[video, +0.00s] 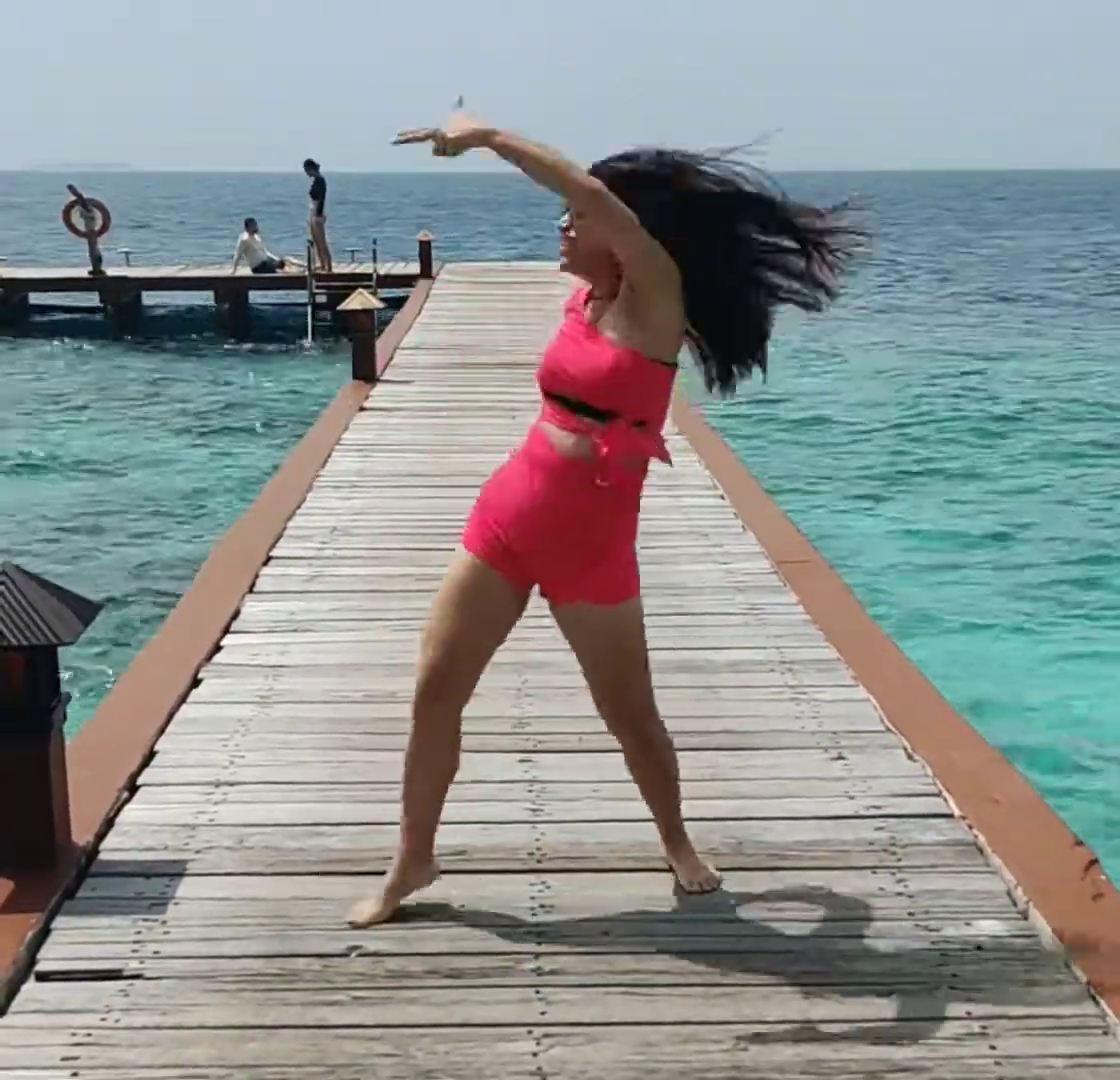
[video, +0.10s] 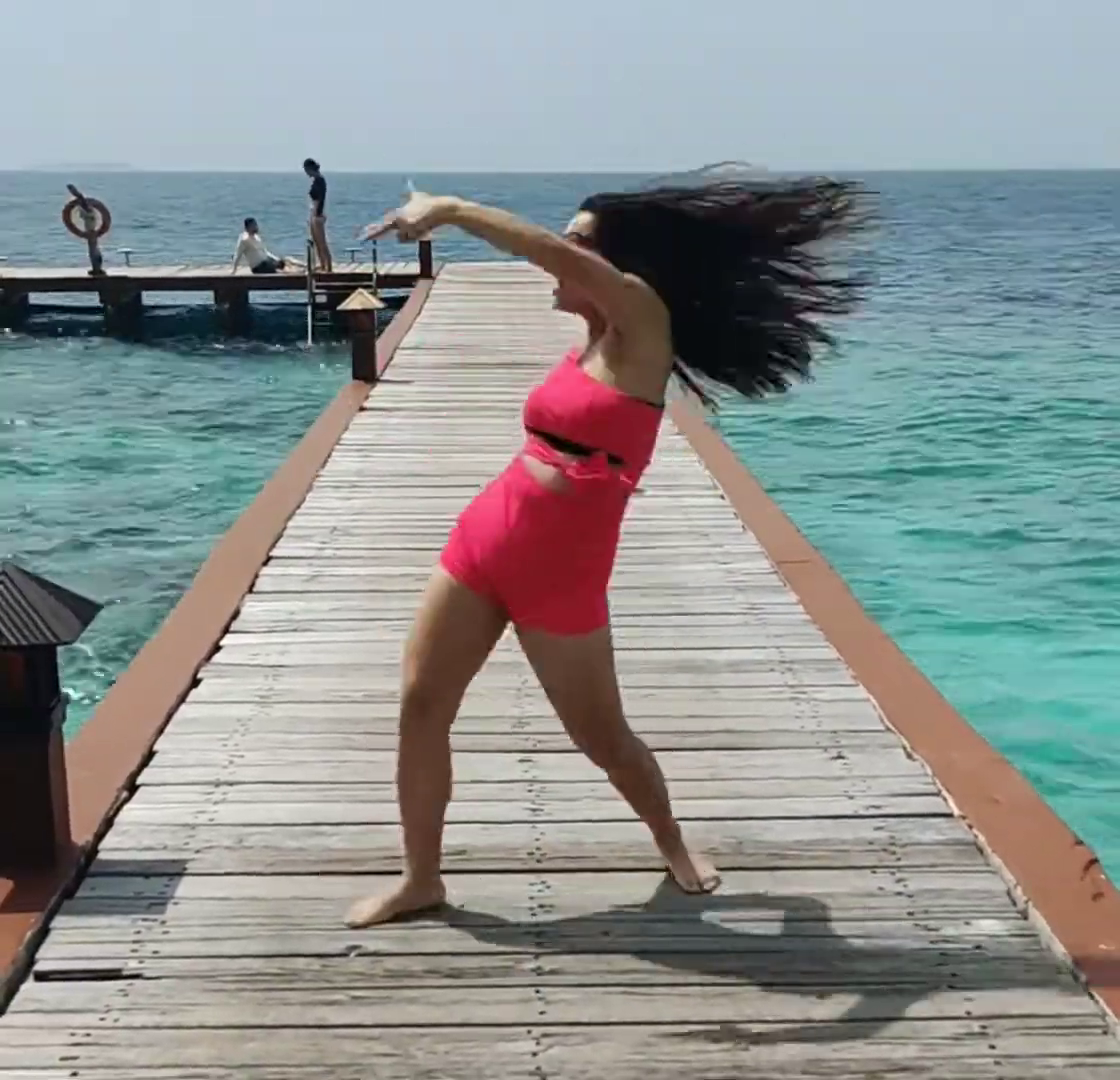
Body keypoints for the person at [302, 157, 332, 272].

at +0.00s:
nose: (307, 173)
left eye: (307, 170)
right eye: (306, 170)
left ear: (312, 169)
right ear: (312, 169)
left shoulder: (319, 181)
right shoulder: (316, 181)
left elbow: (320, 199)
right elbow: (316, 199)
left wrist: (317, 214)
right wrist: (311, 215)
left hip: (318, 214)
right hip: (313, 213)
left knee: (321, 241)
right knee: (316, 241)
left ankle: (328, 267)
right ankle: (322, 265)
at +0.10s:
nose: (306, 173)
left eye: (307, 170)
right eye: (306, 170)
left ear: (311, 169)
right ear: (313, 169)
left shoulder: (319, 181)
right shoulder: (316, 180)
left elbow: (320, 199)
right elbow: (316, 199)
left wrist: (318, 214)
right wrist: (312, 215)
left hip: (318, 214)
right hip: (313, 213)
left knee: (321, 242)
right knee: (316, 241)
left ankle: (328, 267)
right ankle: (322, 265)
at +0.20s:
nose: (306, 172)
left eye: (307, 170)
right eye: (306, 170)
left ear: (311, 169)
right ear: (313, 168)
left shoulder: (319, 181)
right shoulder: (315, 180)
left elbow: (320, 198)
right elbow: (316, 198)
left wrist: (317, 214)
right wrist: (312, 213)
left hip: (318, 213)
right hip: (313, 212)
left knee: (321, 241)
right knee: (316, 241)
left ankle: (328, 267)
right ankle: (322, 265)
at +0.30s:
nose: (306, 172)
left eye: (307, 170)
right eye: (306, 170)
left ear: (311, 169)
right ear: (313, 168)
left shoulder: (319, 181)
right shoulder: (315, 180)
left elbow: (320, 199)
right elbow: (316, 199)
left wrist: (317, 214)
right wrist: (312, 213)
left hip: (318, 214)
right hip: (312, 213)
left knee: (320, 241)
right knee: (316, 241)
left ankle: (328, 267)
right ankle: (322, 265)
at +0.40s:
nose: (307, 173)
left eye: (307, 170)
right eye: (306, 170)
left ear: (311, 169)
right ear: (314, 168)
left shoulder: (318, 182)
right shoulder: (316, 181)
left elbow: (319, 200)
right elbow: (316, 199)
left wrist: (316, 215)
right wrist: (313, 214)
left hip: (317, 215)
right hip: (312, 213)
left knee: (320, 243)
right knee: (316, 242)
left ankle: (327, 268)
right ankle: (322, 266)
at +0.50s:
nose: (307, 173)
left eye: (308, 170)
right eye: (307, 170)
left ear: (311, 170)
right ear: (314, 168)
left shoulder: (318, 181)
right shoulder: (316, 181)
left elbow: (319, 199)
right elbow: (316, 198)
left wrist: (316, 214)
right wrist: (313, 212)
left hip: (317, 214)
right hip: (312, 213)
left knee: (320, 243)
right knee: (316, 243)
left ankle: (327, 268)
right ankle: (322, 266)